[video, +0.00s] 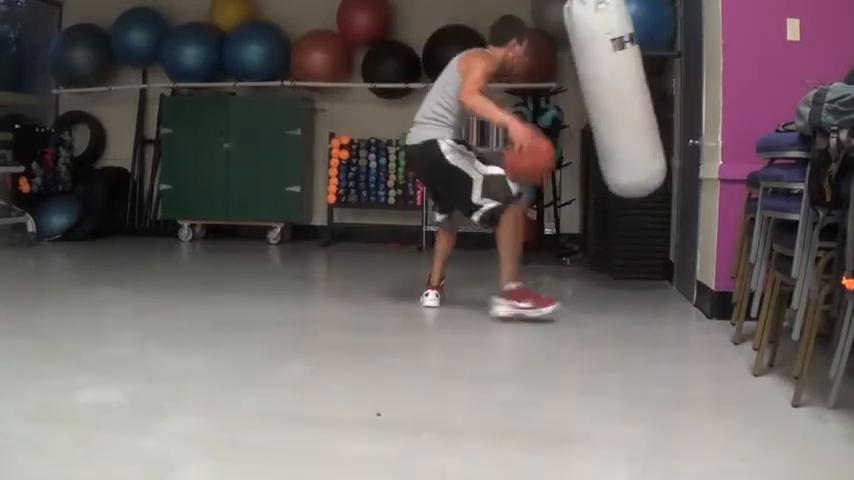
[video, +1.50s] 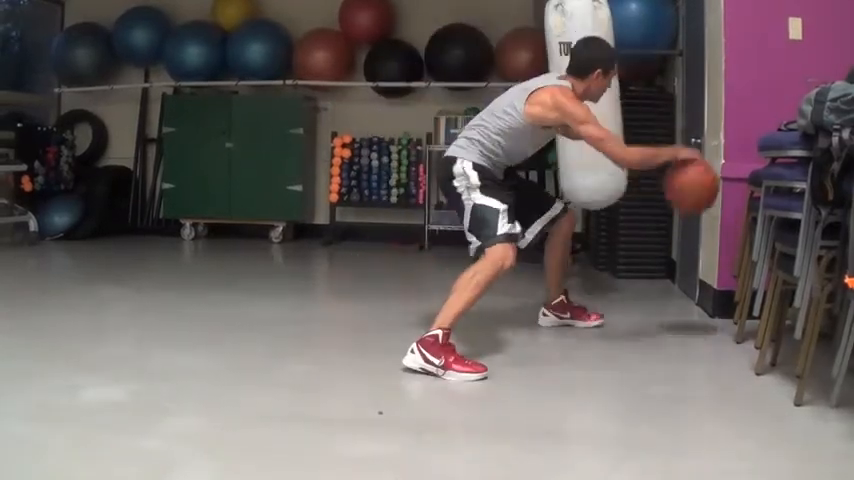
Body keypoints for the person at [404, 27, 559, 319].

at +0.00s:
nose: (523, 64)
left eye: (526, 58)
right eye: (525, 55)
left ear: (507, 43)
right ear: (515, 45)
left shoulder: (470, 58)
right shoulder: (482, 59)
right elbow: (469, 97)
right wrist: (512, 123)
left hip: (421, 144)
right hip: (436, 144)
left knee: (452, 214)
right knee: (511, 199)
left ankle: (433, 288)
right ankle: (510, 291)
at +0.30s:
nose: (486, 31)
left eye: (487, 25)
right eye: (486, 25)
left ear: (464, 18)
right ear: (476, 22)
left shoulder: (440, 42)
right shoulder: (450, 47)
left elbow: (446, 87)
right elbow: (483, 102)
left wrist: (481, 79)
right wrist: (520, 107)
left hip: (404, 142)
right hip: (390, 141)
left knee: (439, 210)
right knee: (391, 232)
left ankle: (423, 282)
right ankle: (329, 320)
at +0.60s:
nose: (504, 32)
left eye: (506, 25)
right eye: (504, 24)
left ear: (486, 21)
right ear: (489, 20)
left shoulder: (470, 61)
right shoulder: (450, 46)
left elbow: (453, 112)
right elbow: (430, 101)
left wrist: (501, 106)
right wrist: (442, 138)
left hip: (411, 142)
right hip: (385, 128)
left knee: (434, 221)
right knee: (386, 221)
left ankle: (391, 293)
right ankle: (335, 317)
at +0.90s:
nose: (514, 30)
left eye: (517, 26)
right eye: (513, 25)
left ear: (504, 27)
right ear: (499, 22)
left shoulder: (477, 59)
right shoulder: (467, 41)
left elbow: (454, 101)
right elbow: (529, 31)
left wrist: (501, 105)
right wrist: (572, 7)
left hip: (435, 145)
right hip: (404, 137)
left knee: (479, 210)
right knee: (396, 235)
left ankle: (466, 293)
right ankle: (332, 314)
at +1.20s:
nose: (587, 65)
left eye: (588, 59)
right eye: (587, 58)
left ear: (560, 51)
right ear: (575, 54)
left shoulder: (530, 76)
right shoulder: (554, 79)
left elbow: (520, 123)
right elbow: (603, 135)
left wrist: (570, 128)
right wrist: (662, 174)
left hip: (491, 161)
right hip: (470, 157)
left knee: (558, 214)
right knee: (480, 255)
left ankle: (556, 304)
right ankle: (374, 288)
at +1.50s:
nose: (608, 85)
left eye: (609, 78)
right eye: (609, 78)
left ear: (579, 69)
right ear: (595, 75)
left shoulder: (561, 91)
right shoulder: (561, 102)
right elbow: (625, 157)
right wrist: (677, 152)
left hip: (496, 169)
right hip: (468, 165)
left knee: (562, 218)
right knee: (501, 253)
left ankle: (555, 306)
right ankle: (433, 341)